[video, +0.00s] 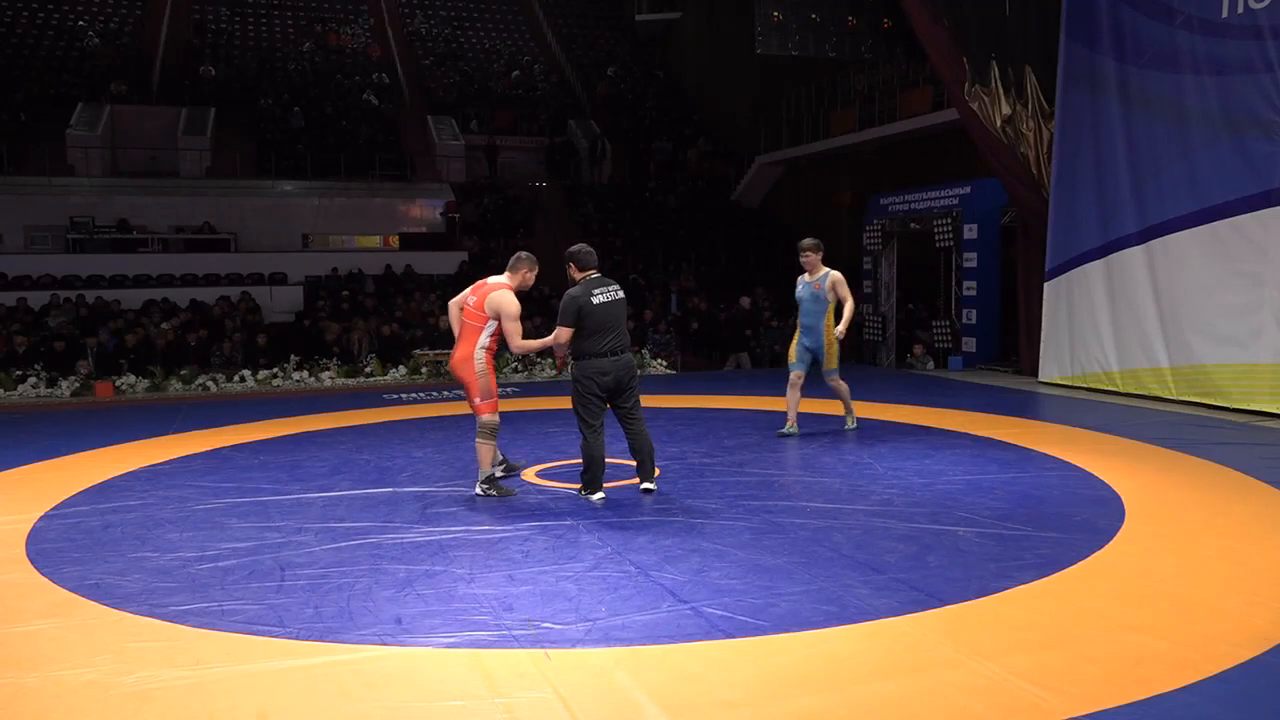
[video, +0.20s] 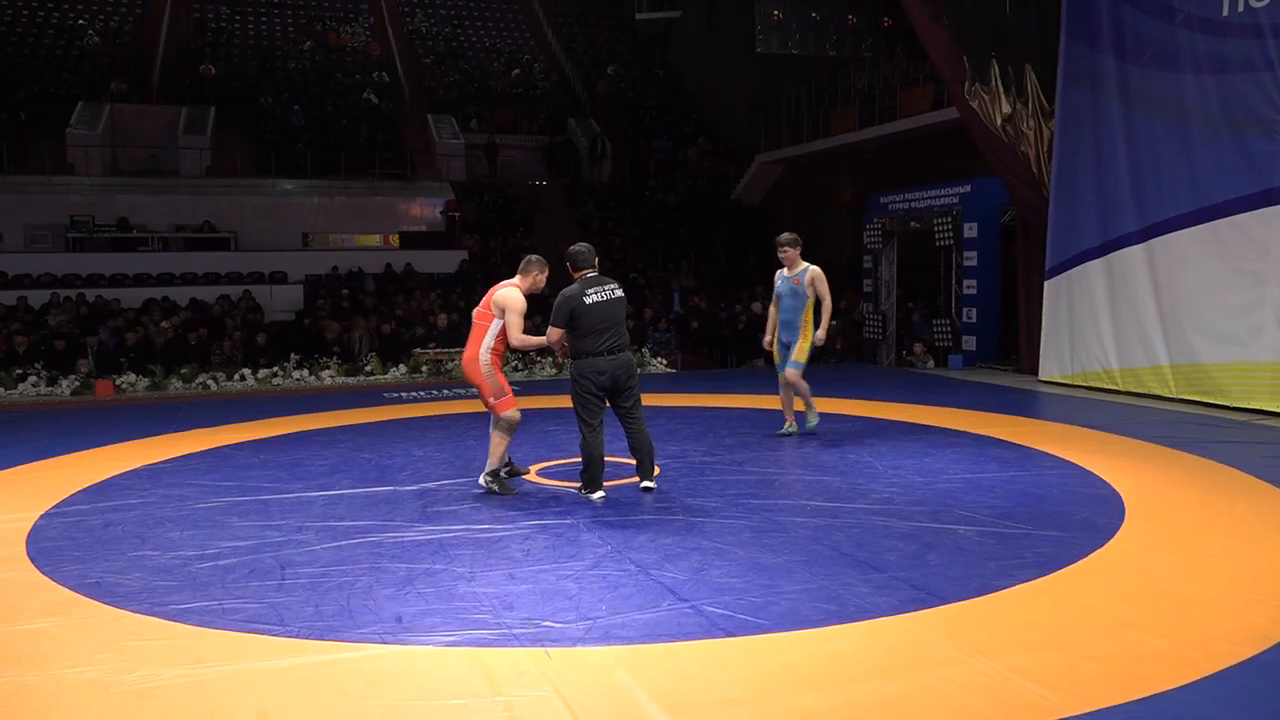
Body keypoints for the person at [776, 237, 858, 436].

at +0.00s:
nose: (804, 260)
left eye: (808, 256)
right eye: (802, 256)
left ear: (819, 256)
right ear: (799, 258)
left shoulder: (833, 277)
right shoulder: (800, 280)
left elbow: (848, 301)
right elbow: (803, 308)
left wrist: (843, 325)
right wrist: (800, 332)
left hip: (825, 338)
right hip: (802, 337)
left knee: (833, 380)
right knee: (794, 378)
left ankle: (849, 412)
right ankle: (791, 422)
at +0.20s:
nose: (782, 255)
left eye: (786, 251)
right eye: (780, 251)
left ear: (798, 250)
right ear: (778, 253)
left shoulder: (813, 272)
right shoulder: (779, 275)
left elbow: (826, 301)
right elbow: (774, 305)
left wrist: (822, 329)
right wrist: (769, 333)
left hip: (802, 335)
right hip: (781, 335)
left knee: (791, 375)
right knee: (783, 379)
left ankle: (810, 407)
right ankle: (790, 420)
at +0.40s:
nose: (763, 256)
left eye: (767, 252)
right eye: (761, 252)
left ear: (779, 252)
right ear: (759, 253)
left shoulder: (794, 275)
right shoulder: (759, 275)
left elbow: (806, 305)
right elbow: (750, 302)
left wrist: (806, 336)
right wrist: (737, 323)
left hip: (783, 337)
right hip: (765, 337)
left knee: (768, 378)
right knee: (778, 381)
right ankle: (791, 420)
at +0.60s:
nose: (744, 258)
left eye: (748, 254)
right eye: (742, 254)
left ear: (761, 254)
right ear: (740, 254)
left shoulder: (774, 279)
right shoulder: (739, 277)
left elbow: (785, 311)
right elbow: (731, 304)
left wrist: (785, 342)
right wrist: (719, 323)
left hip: (760, 338)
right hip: (741, 337)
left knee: (750, 383)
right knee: (740, 388)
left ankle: (744, 431)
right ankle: (772, 409)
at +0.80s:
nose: (722, 255)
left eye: (727, 251)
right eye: (721, 251)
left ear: (740, 250)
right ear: (719, 252)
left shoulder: (755, 273)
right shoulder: (719, 273)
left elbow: (767, 305)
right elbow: (712, 302)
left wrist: (757, 333)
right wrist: (702, 320)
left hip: (742, 340)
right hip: (719, 339)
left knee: (743, 387)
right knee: (704, 380)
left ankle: (744, 431)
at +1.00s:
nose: (700, 260)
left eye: (704, 255)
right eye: (697, 256)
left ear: (717, 254)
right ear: (696, 257)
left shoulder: (734, 277)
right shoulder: (696, 280)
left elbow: (749, 305)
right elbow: (687, 308)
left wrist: (735, 330)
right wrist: (678, 321)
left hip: (722, 346)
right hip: (697, 345)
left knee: (727, 393)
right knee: (686, 390)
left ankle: (742, 430)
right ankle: (677, 439)